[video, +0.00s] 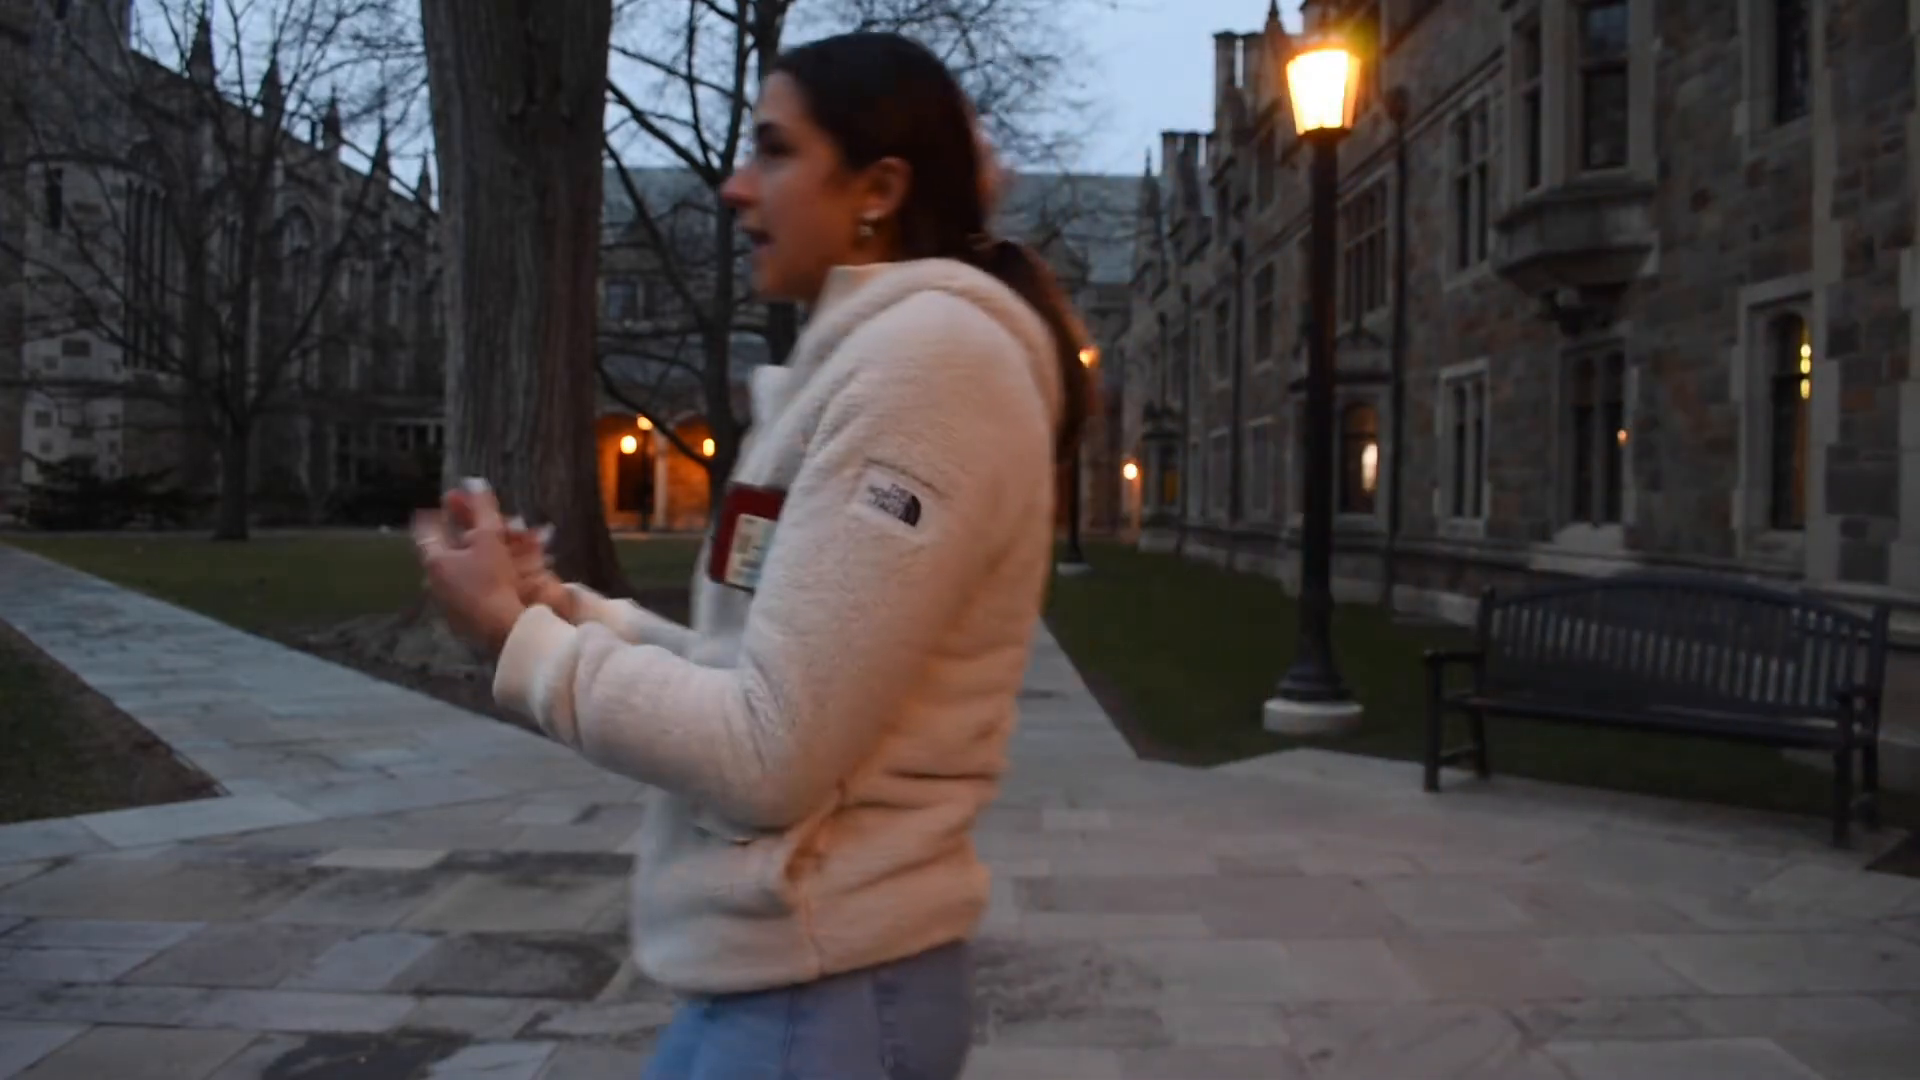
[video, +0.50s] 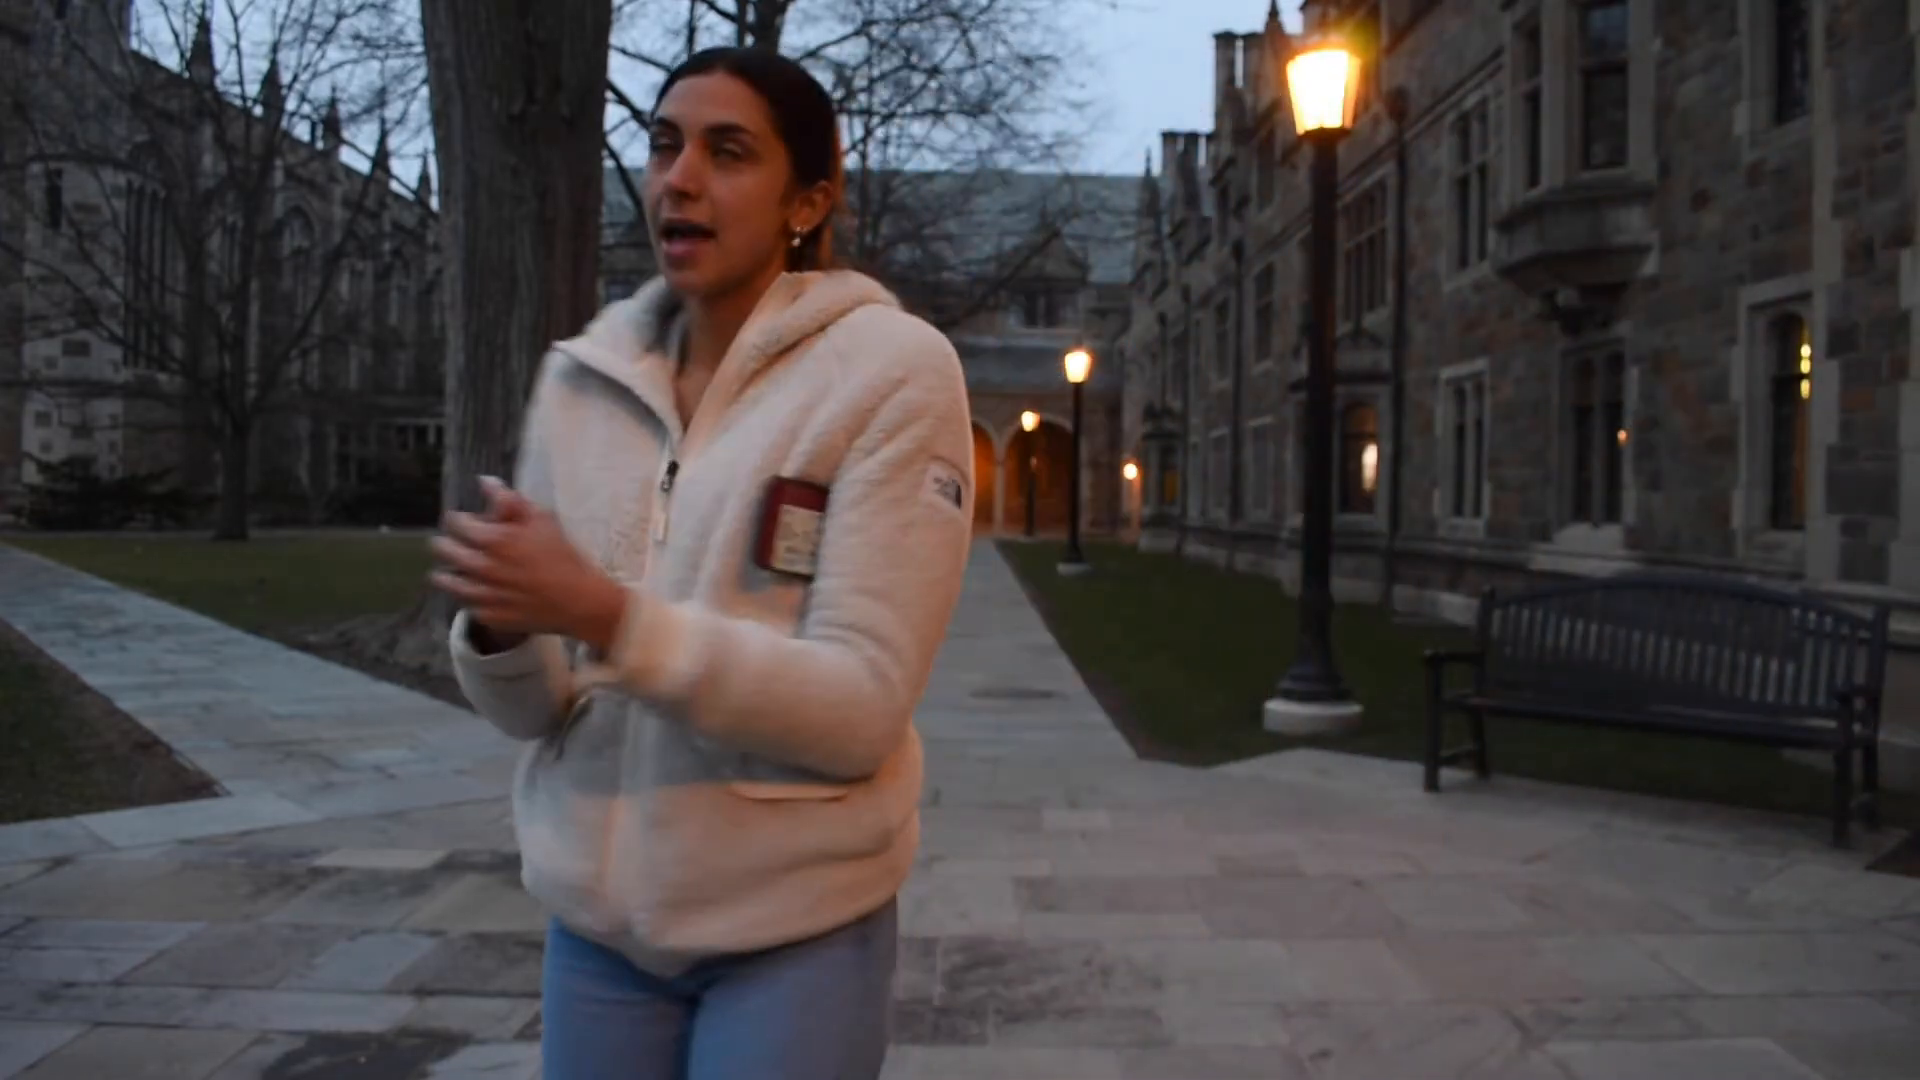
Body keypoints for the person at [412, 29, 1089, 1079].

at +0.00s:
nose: (736, 188)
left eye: (774, 151)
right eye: (750, 152)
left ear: (879, 188)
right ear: (864, 194)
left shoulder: (932, 357)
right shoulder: (869, 351)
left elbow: (770, 751)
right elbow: (758, 678)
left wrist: (515, 632)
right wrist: (554, 600)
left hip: (828, 1001)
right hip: (783, 984)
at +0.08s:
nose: (709, 186)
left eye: (747, 150)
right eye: (721, 151)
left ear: (856, 187)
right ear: (837, 194)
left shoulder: (918, 357)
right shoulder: (820, 352)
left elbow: (770, 746)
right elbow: (732, 676)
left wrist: (510, 625)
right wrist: (527, 604)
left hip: (814, 985)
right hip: (726, 968)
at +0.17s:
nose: (689, 185)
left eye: (731, 151)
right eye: (699, 151)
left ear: (842, 188)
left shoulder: (910, 357)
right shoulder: (760, 358)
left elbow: (777, 741)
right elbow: (709, 674)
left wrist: (500, 616)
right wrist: (503, 604)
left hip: (805, 971)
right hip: (675, 953)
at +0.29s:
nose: (675, 184)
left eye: (722, 154)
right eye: (679, 152)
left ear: (827, 197)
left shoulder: (904, 367)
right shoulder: (689, 374)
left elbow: (800, 733)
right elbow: (638, 697)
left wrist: (513, 617)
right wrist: (493, 616)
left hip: (787, 956)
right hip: (621, 941)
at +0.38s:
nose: (673, 181)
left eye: (722, 152)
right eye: (671, 149)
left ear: (817, 200)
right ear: (662, 171)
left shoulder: (900, 369)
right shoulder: (642, 376)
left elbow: (825, 722)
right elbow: (585, 710)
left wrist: (542, 619)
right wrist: (491, 621)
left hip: (784, 940)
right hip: (604, 933)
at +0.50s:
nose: (679, 179)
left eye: (729, 152)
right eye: (666, 145)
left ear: (808, 200)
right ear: (646, 173)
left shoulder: (896, 374)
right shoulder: (581, 374)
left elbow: (860, 709)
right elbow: (533, 712)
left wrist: (603, 613)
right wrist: (498, 617)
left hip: (797, 928)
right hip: (598, 924)